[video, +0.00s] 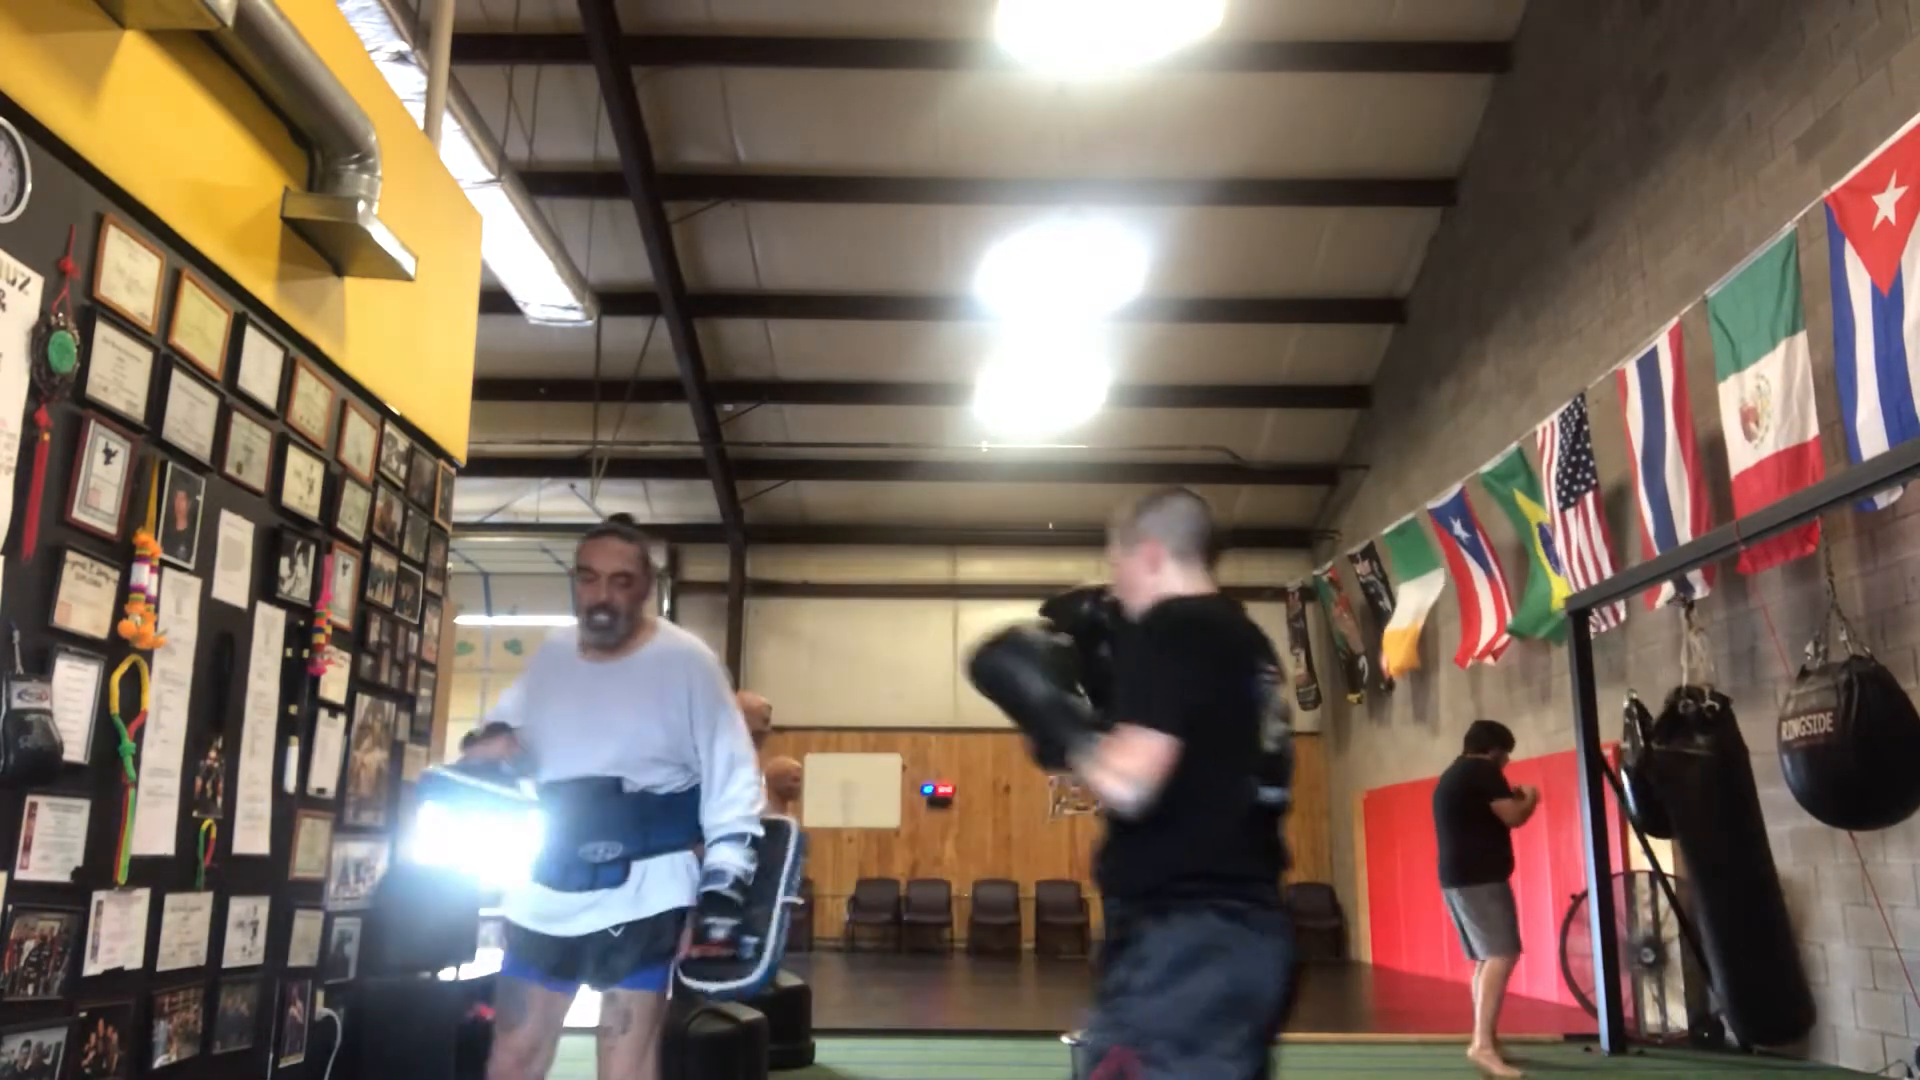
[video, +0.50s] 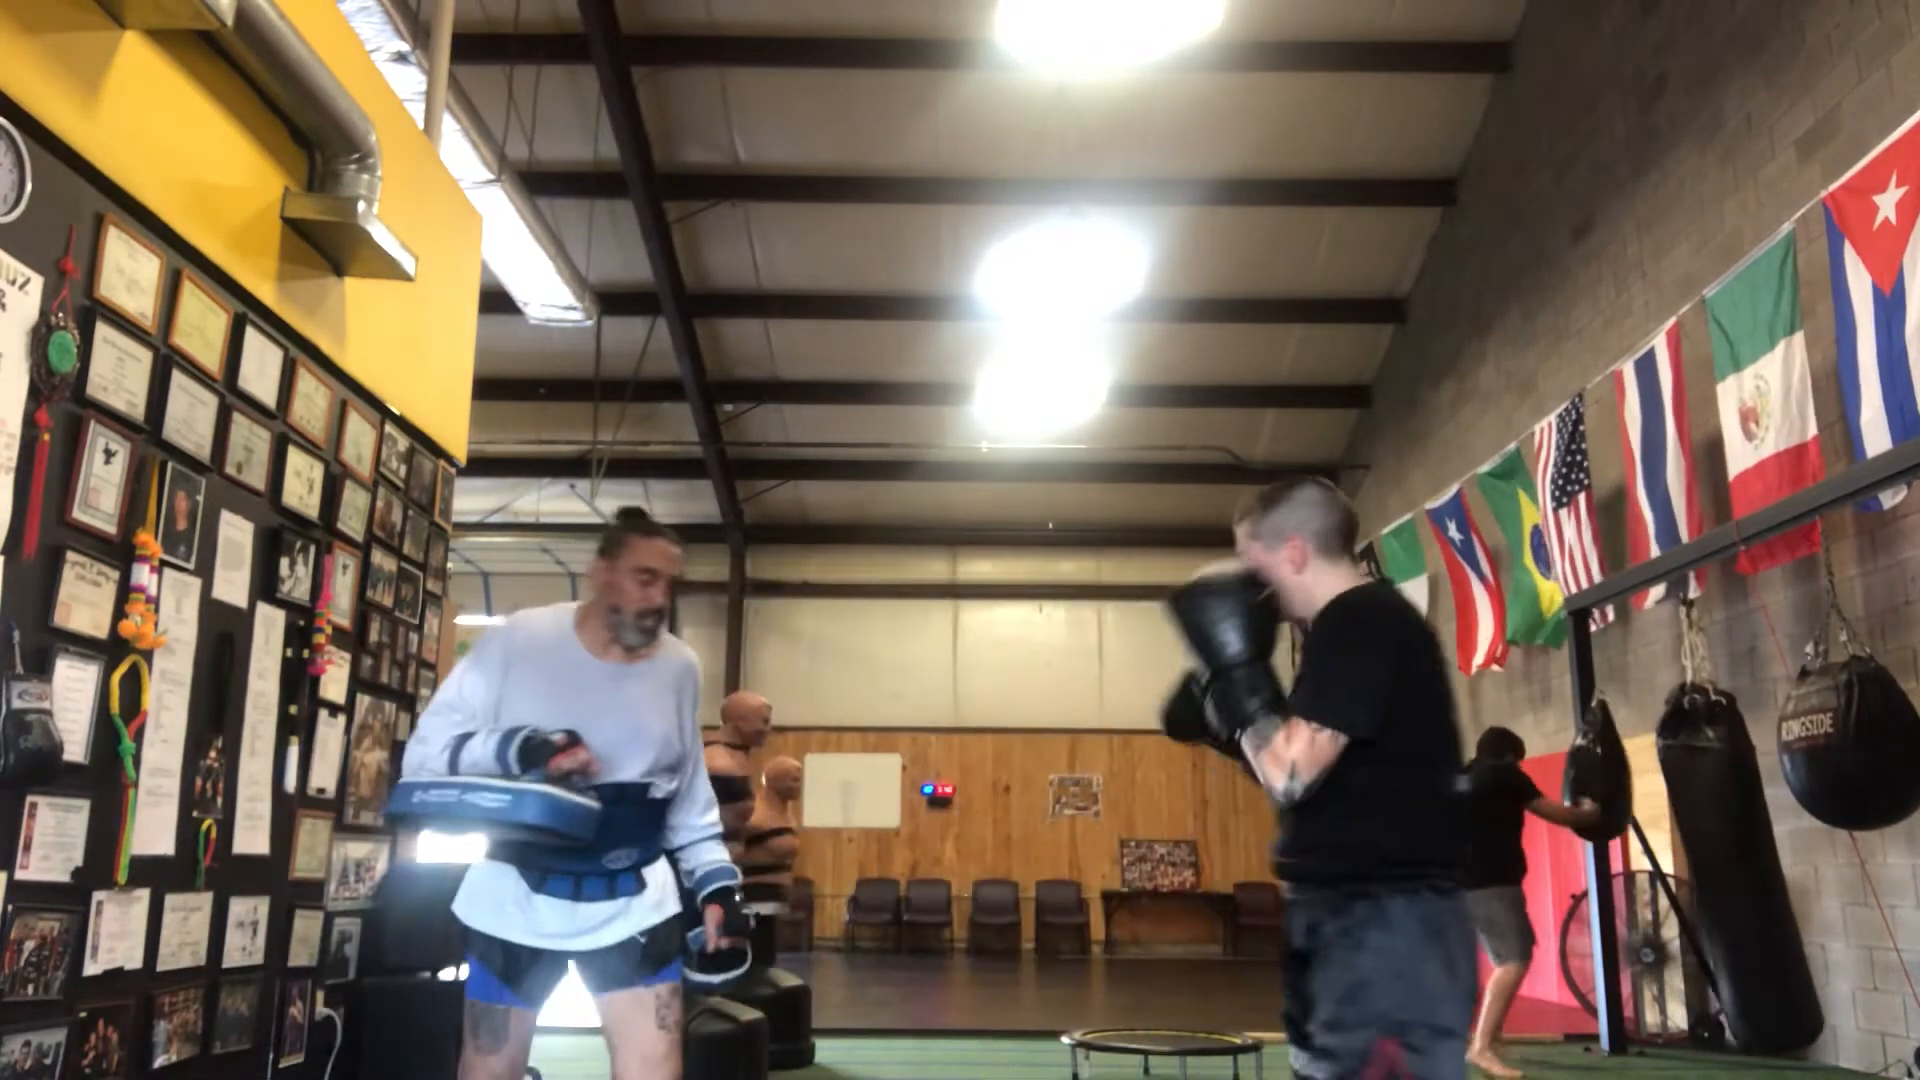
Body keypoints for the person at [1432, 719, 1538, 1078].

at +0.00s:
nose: (1504, 763)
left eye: (1505, 757)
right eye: (1503, 756)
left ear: (1471, 747)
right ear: (1490, 751)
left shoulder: (1453, 775)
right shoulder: (1480, 772)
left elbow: (1491, 815)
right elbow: (1513, 816)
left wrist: (1516, 798)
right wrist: (1530, 799)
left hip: (1458, 880)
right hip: (1480, 879)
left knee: (1484, 960)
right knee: (1502, 953)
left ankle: (1483, 1042)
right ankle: (1482, 1045)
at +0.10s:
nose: (1506, 763)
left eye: (1508, 758)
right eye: (1506, 757)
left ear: (1473, 748)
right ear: (1495, 752)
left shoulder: (1453, 776)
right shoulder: (1485, 772)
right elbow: (1515, 817)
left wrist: (1516, 799)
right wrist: (1530, 800)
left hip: (1462, 880)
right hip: (1486, 878)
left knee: (1488, 960)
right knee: (1505, 954)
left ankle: (1485, 1043)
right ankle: (1483, 1044)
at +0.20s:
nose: (1510, 762)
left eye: (1511, 757)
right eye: (1510, 757)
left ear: (1475, 748)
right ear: (1501, 752)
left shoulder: (1450, 775)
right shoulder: (1495, 768)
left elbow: (1468, 821)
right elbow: (1520, 807)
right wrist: (1547, 820)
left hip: (1459, 879)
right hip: (1491, 877)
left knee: (1486, 961)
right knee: (1511, 956)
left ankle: (1486, 1041)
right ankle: (1484, 1043)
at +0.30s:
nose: (1514, 764)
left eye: (1515, 761)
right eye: (1513, 759)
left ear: (1475, 752)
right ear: (1507, 755)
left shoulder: (1447, 776)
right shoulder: (1507, 772)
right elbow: (1546, 801)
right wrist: (1588, 825)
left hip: (1457, 878)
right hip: (1496, 875)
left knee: (1486, 960)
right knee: (1512, 955)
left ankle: (1485, 1044)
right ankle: (1482, 1045)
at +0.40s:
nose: (1515, 765)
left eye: (1514, 761)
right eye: (1514, 760)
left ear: (1477, 754)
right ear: (1510, 757)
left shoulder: (1449, 777)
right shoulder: (1512, 775)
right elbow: (1559, 808)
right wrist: (1602, 814)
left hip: (1460, 880)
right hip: (1495, 878)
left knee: (1499, 960)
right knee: (1507, 960)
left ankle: (1490, 1040)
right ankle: (1479, 1049)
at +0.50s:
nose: (1519, 764)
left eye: (1518, 759)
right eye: (1518, 759)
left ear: (1482, 752)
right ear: (1512, 756)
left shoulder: (1463, 778)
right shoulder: (1507, 776)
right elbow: (1550, 811)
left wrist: (1570, 815)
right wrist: (1584, 814)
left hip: (1462, 882)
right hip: (1492, 882)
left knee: (1508, 961)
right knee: (1513, 959)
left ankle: (1482, 1043)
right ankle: (1481, 1048)